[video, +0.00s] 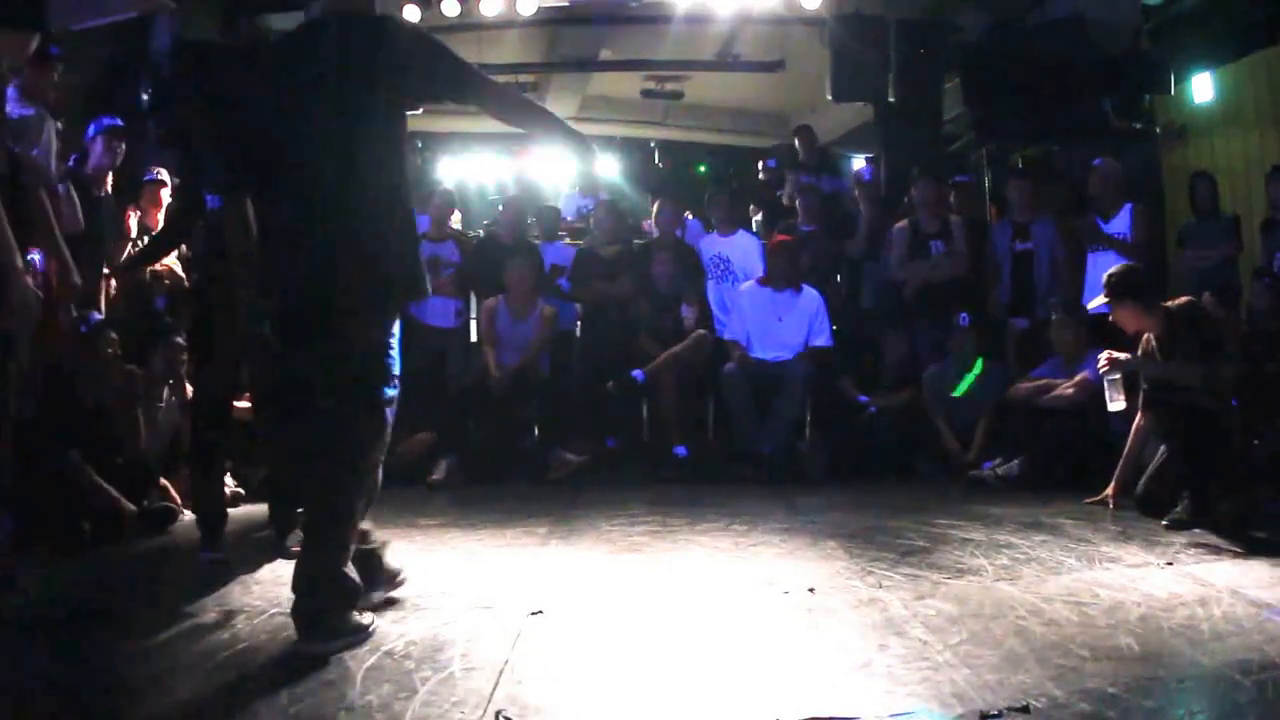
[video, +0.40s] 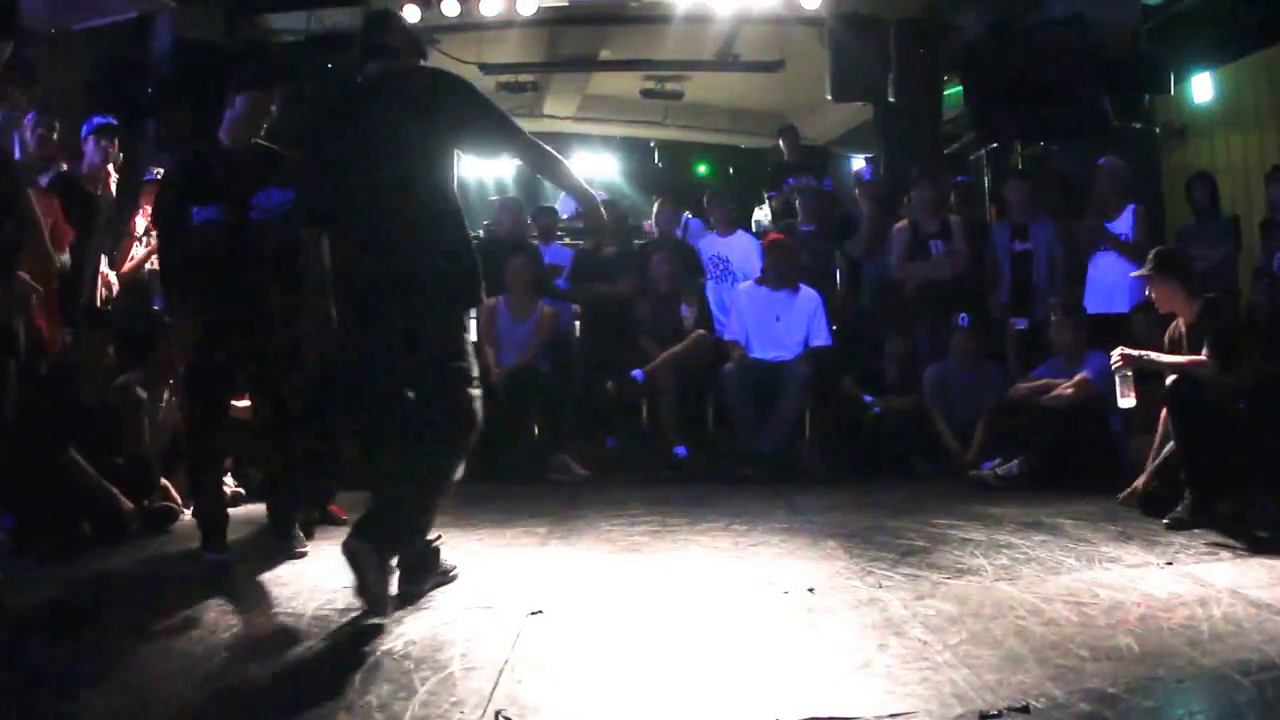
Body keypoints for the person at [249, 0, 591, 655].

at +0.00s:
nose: (409, 12)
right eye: (404, 10)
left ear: (321, 7)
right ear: (380, 4)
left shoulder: (271, 56)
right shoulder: (383, 37)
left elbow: (233, 182)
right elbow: (491, 94)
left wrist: (254, 266)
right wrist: (574, 137)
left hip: (293, 265)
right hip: (360, 263)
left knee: (332, 406)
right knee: (365, 408)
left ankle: (358, 553)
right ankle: (320, 597)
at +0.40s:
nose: (424, 54)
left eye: (417, 46)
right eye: (420, 45)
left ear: (363, 49)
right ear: (410, 45)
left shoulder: (330, 99)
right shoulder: (433, 87)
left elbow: (311, 203)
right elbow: (522, 146)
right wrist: (588, 197)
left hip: (362, 278)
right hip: (433, 270)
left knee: (389, 410)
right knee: (460, 410)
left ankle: (416, 553)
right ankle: (375, 539)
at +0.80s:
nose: (478, 85)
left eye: (474, 76)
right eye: (475, 76)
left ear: (419, 76)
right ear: (467, 73)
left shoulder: (382, 135)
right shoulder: (483, 115)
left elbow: (353, 231)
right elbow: (556, 176)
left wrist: (357, 309)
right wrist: (614, 223)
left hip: (397, 302)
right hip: (471, 291)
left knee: (401, 429)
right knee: (479, 417)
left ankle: (417, 559)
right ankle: (492, 526)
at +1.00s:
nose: (496, 101)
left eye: (493, 93)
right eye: (495, 92)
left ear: (445, 89)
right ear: (490, 90)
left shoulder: (407, 143)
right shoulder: (503, 134)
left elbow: (389, 229)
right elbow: (555, 197)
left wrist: (394, 294)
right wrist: (605, 252)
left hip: (417, 300)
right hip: (486, 295)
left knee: (426, 412)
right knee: (501, 413)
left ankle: (427, 518)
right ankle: (490, 535)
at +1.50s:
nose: (496, 134)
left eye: (491, 127)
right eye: (494, 126)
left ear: (455, 126)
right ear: (495, 124)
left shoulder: (433, 175)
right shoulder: (515, 164)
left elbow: (422, 256)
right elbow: (537, 241)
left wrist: (429, 314)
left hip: (456, 308)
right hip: (510, 305)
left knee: (469, 407)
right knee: (516, 409)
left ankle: (483, 513)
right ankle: (491, 517)